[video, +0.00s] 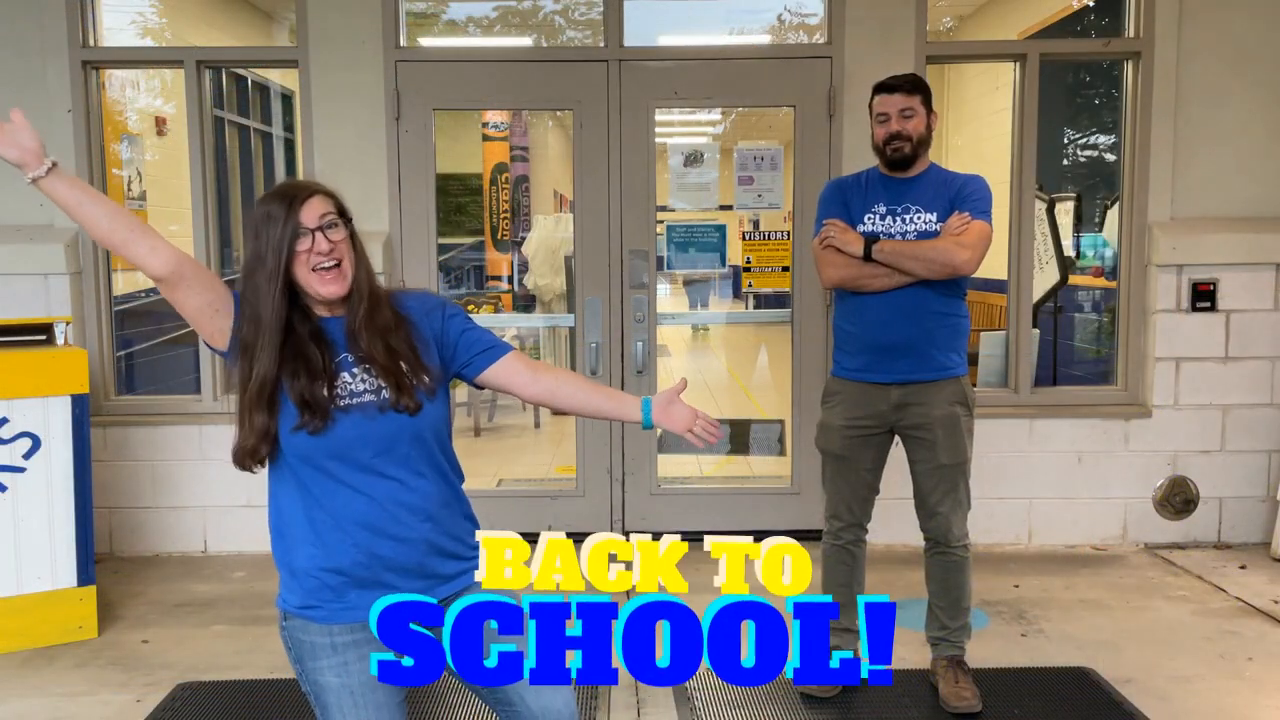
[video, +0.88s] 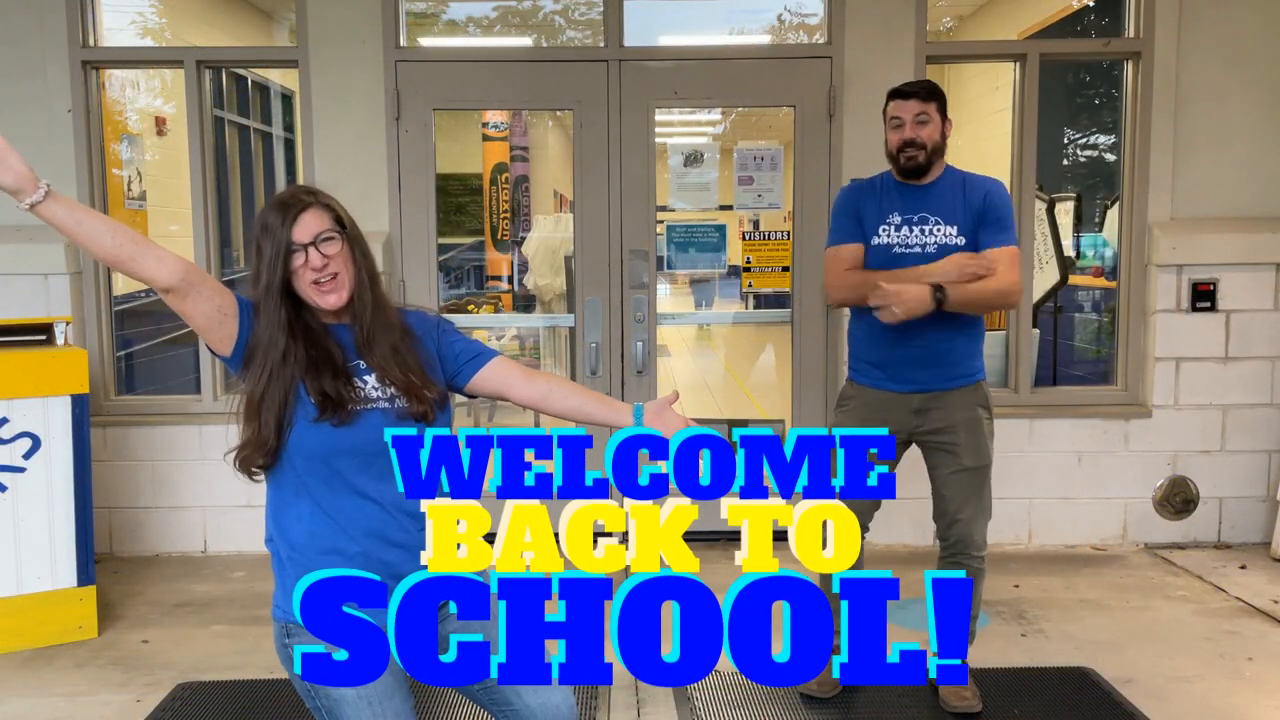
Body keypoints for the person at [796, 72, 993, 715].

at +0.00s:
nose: (893, 127)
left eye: (906, 116)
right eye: (882, 118)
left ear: (929, 122)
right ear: (870, 128)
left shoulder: (965, 189)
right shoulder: (842, 193)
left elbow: (961, 262)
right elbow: (832, 273)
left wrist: (864, 242)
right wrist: (932, 258)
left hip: (937, 385)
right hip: (855, 385)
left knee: (947, 531)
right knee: (843, 526)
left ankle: (950, 658)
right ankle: (837, 654)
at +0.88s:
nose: (908, 133)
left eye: (921, 122)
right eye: (897, 123)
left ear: (944, 130)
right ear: (884, 133)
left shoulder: (984, 195)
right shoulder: (857, 198)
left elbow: (1009, 286)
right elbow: (835, 288)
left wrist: (931, 296)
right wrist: (942, 270)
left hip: (956, 393)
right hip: (870, 392)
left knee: (965, 537)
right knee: (837, 529)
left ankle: (953, 665)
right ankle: (826, 652)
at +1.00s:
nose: (897, 134)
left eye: (911, 122)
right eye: (886, 123)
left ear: (935, 130)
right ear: (872, 133)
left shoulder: (978, 188)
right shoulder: (848, 202)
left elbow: (1055, 251)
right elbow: (794, 278)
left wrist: (1026, 258)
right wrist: (822, 285)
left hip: (955, 395)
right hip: (869, 394)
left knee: (971, 534)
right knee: (825, 526)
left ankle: (954, 662)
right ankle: (817, 649)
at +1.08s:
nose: (881, 137)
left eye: (895, 126)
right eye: (870, 126)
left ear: (918, 134)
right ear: (857, 135)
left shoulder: (962, 176)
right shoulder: (837, 202)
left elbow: (1049, 200)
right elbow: (784, 238)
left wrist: (1059, 182)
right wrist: (751, 260)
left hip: (953, 397)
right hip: (865, 397)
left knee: (974, 537)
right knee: (820, 524)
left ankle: (955, 664)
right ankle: (809, 651)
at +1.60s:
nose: (809, 205)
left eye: (825, 195)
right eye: (800, 192)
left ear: (848, 201)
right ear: (787, 197)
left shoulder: (888, 224)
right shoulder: (780, 262)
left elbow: (987, 189)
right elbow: (728, 292)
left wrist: (1074, 136)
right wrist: (657, 299)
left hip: (920, 429)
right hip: (839, 434)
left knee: (967, 567)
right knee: (794, 546)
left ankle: (955, 666)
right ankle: (805, 660)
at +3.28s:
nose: (839, 161)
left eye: (853, 151)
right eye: (829, 149)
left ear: (879, 153)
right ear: (818, 151)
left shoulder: (922, 189)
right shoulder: (799, 221)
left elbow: (1028, 179)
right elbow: (722, 277)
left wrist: (1131, 165)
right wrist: (656, 333)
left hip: (927, 404)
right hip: (840, 403)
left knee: (946, 545)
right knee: (807, 537)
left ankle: (948, 668)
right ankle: (809, 663)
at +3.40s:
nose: (849, 170)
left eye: (863, 158)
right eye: (838, 158)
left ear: (887, 165)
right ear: (824, 164)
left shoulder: (931, 215)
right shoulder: (805, 236)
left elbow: (1025, 261)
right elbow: (763, 319)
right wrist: (721, 389)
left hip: (934, 413)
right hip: (849, 412)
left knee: (951, 552)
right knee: (813, 537)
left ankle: (947, 663)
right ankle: (807, 656)